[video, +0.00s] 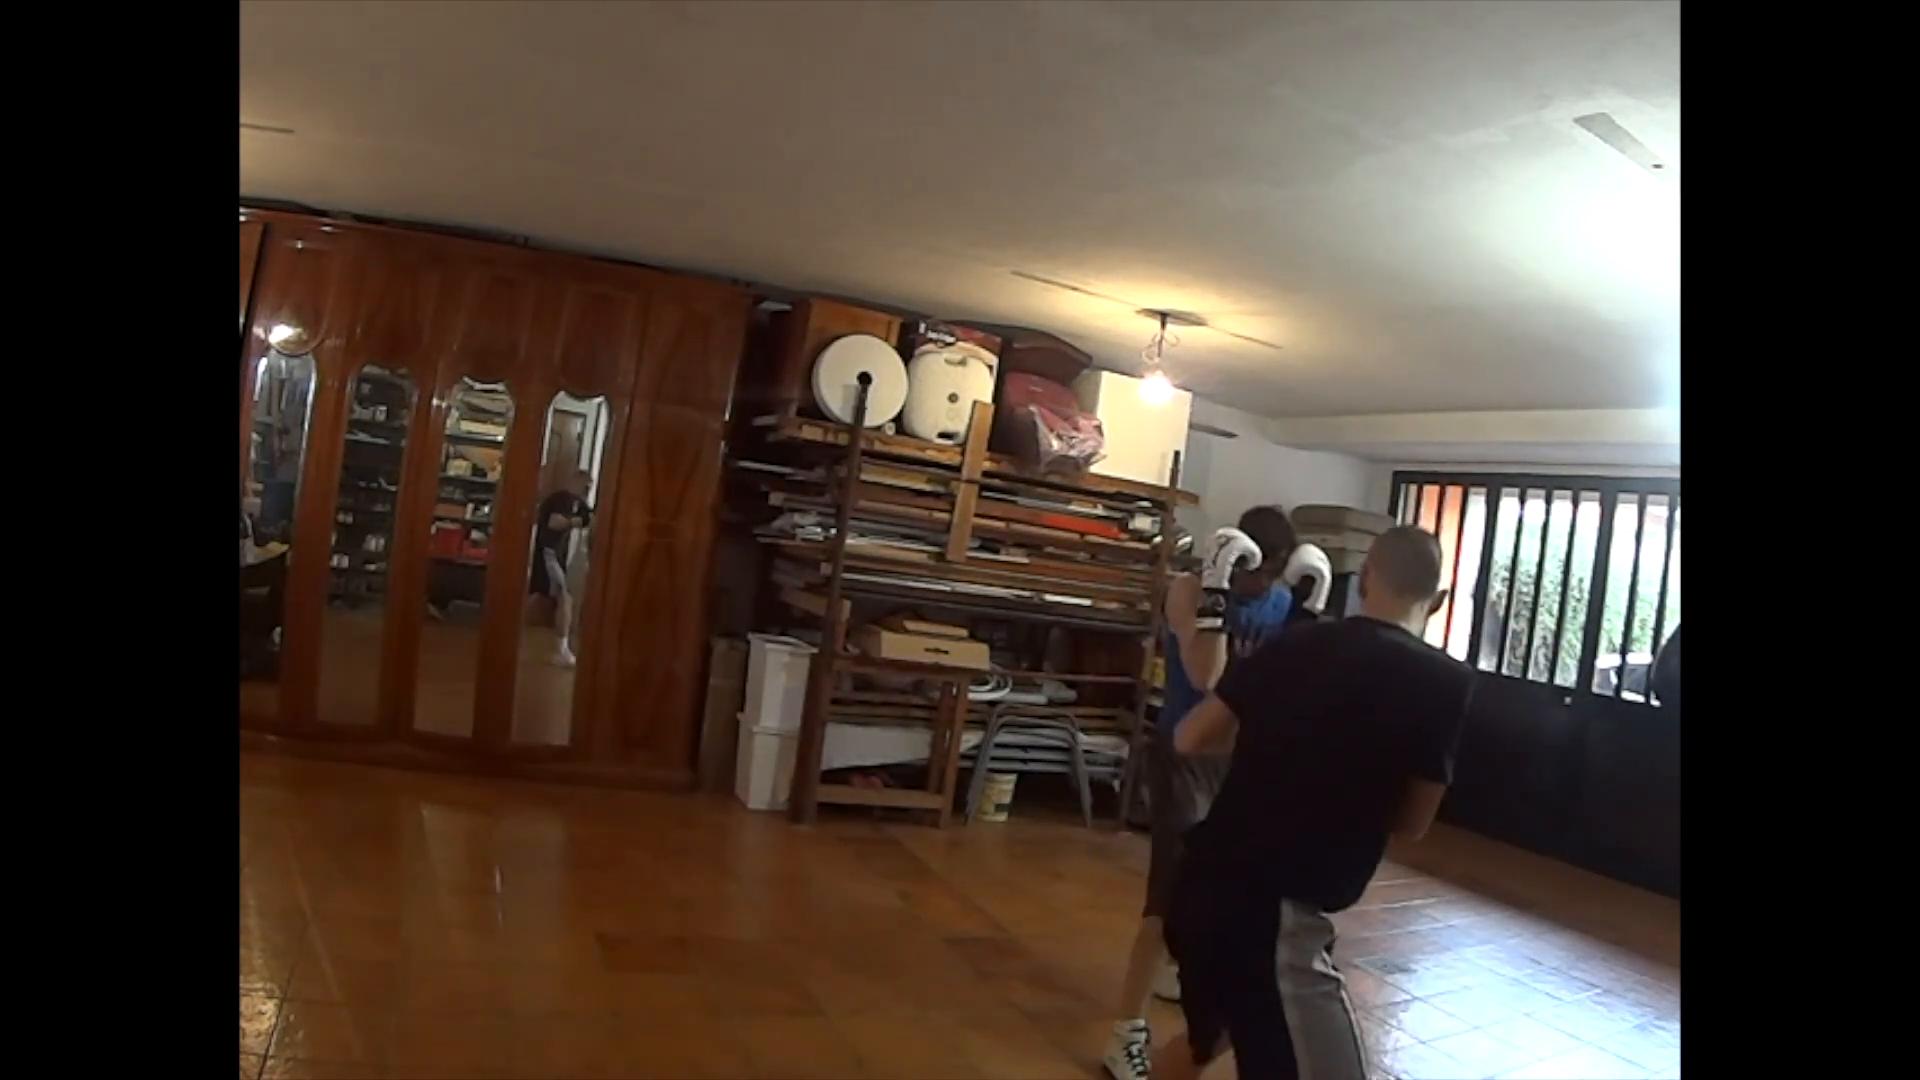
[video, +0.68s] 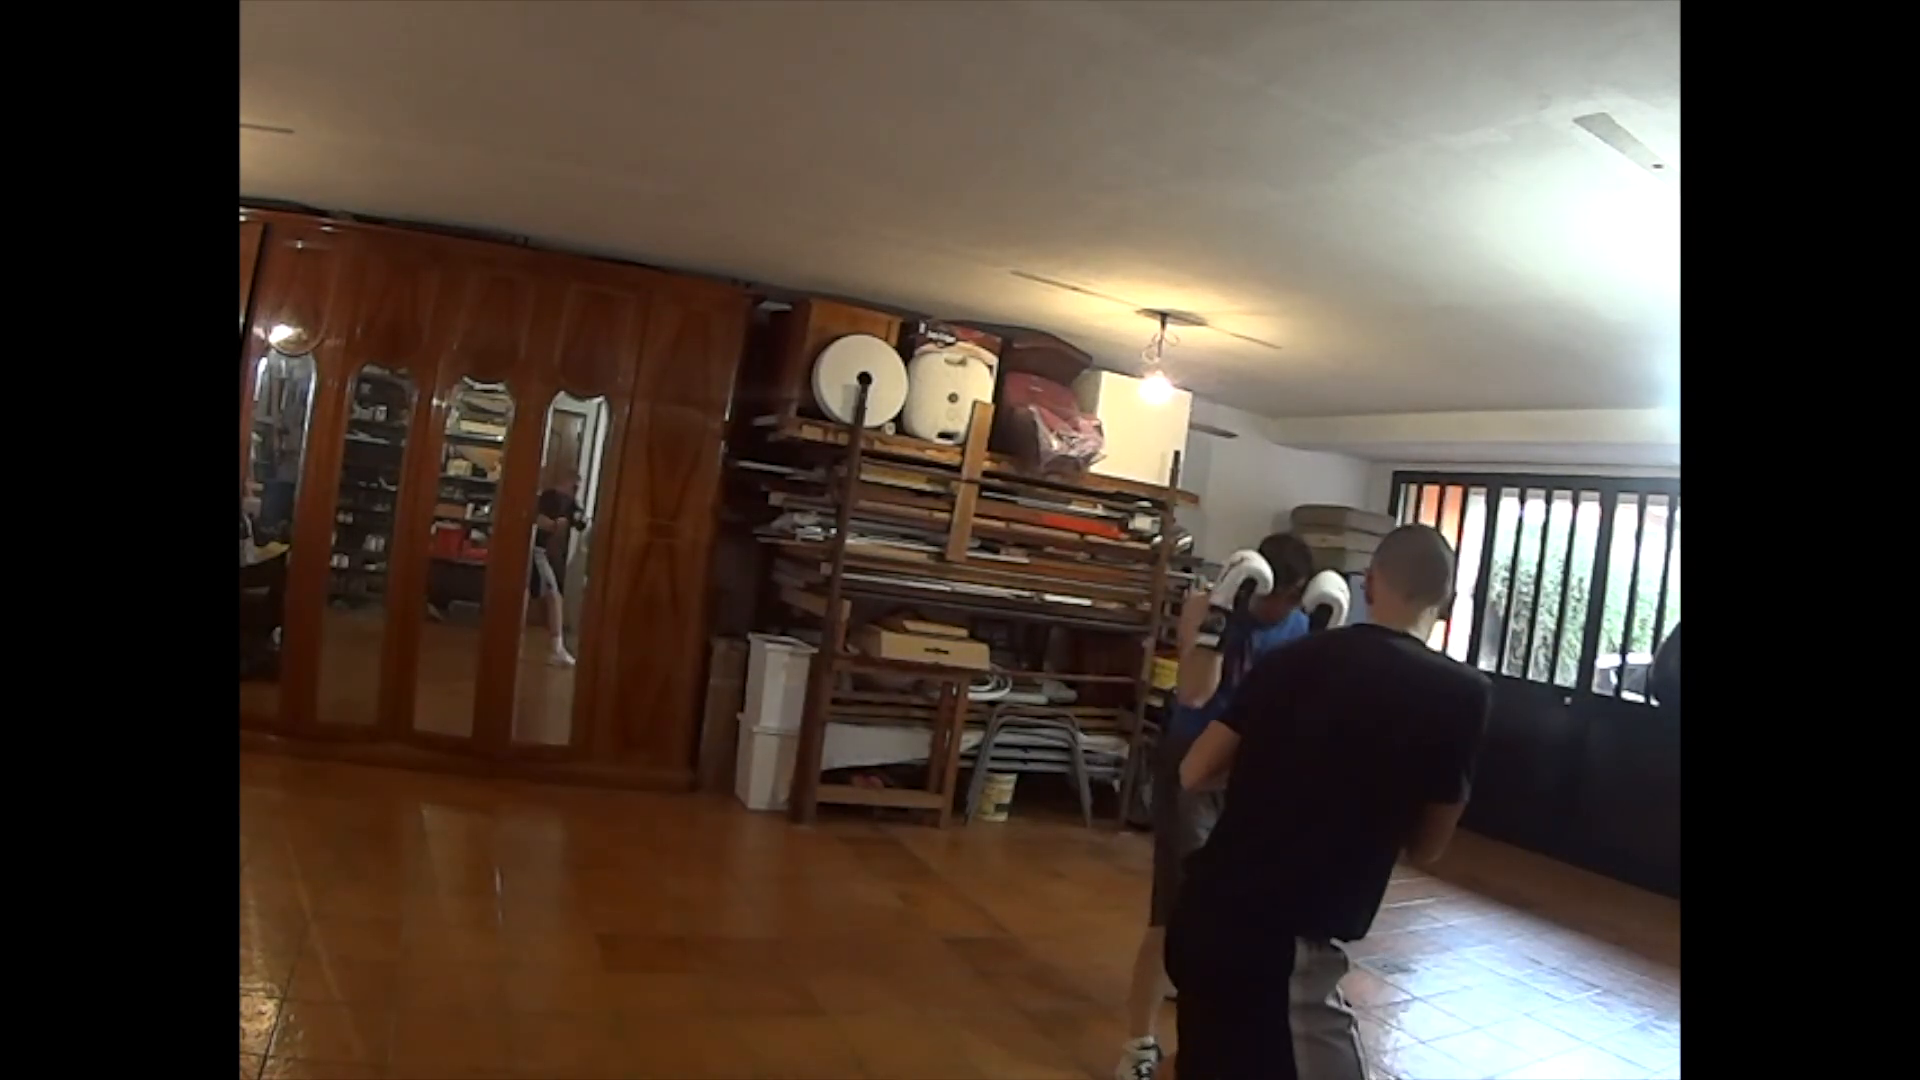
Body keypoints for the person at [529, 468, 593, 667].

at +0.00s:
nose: (588, 489)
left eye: (589, 486)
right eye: (586, 485)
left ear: (585, 486)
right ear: (575, 482)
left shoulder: (579, 503)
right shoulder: (560, 498)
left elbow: (588, 520)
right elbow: (553, 522)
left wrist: (571, 521)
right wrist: (574, 522)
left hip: (560, 551)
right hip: (546, 549)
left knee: (535, 594)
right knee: (564, 597)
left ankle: (512, 633)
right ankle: (562, 647)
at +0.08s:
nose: (588, 491)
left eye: (589, 488)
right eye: (586, 487)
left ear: (584, 488)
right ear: (575, 484)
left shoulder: (579, 505)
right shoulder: (559, 500)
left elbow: (590, 522)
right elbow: (552, 525)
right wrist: (576, 527)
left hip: (559, 551)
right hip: (546, 549)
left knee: (535, 593)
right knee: (562, 596)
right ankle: (562, 646)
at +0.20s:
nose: (579, 492)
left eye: (581, 488)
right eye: (576, 487)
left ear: (582, 490)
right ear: (566, 484)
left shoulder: (576, 508)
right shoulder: (550, 501)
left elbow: (585, 526)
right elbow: (541, 525)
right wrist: (566, 529)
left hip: (559, 551)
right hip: (541, 547)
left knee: (557, 593)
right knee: (555, 591)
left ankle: (561, 645)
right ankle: (560, 645)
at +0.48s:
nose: (576, 488)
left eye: (577, 485)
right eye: (573, 483)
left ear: (576, 487)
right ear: (561, 482)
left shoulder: (573, 504)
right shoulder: (549, 498)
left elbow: (581, 525)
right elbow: (540, 521)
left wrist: (577, 525)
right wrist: (565, 524)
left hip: (548, 549)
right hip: (537, 547)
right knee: (556, 593)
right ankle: (557, 646)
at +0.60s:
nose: (575, 487)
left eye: (577, 483)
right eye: (572, 482)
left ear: (575, 486)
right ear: (561, 480)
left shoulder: (572, 503)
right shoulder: (549, 497)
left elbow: (581, 525)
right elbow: (537, 518)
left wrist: (575, 522)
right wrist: (556, 524)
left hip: (550, 550)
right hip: (537, 547)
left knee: (525, 595)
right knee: (554, 595)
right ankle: (557, 647)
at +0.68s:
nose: (576, 485)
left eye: (577, 481)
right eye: (572, 480)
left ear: (573, 484)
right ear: (561, 479)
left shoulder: (571, 502)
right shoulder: (549, 497)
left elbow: (580, 525)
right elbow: (536, 517)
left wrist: (573, 522)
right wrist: (552, 524)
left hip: (553, 551)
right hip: (538, 547)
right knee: (554, 594)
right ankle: (557, 647)